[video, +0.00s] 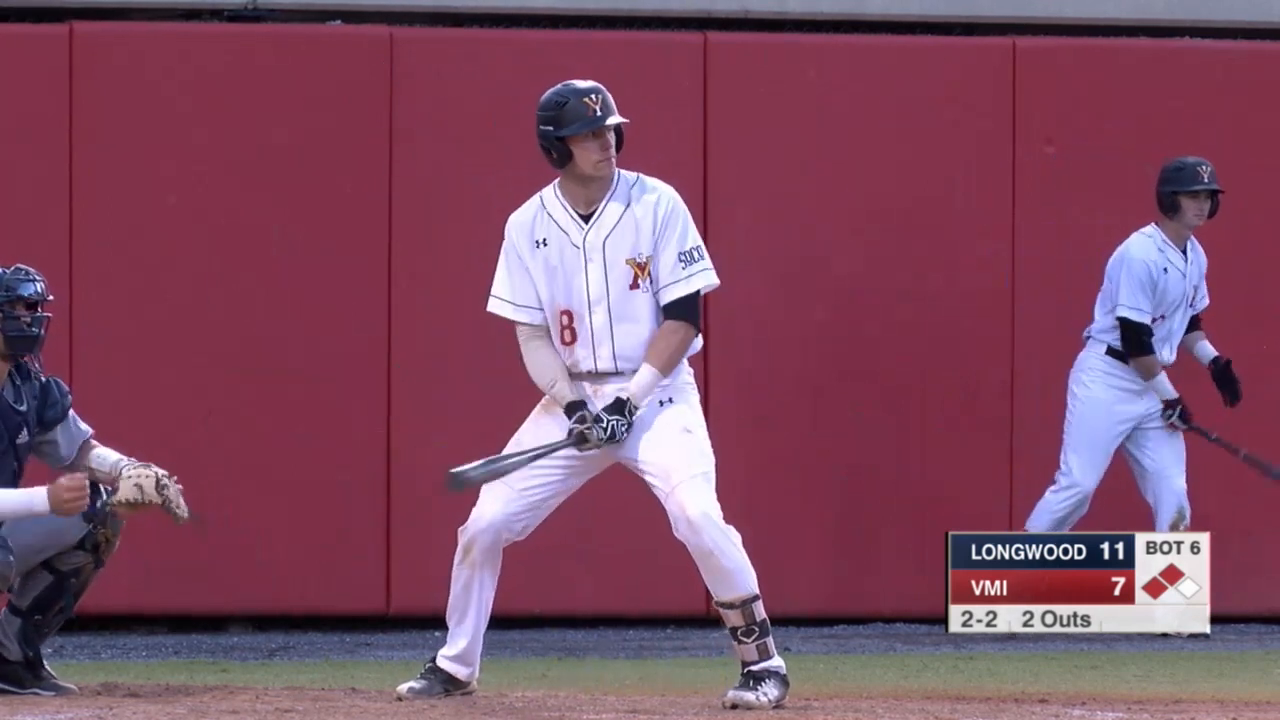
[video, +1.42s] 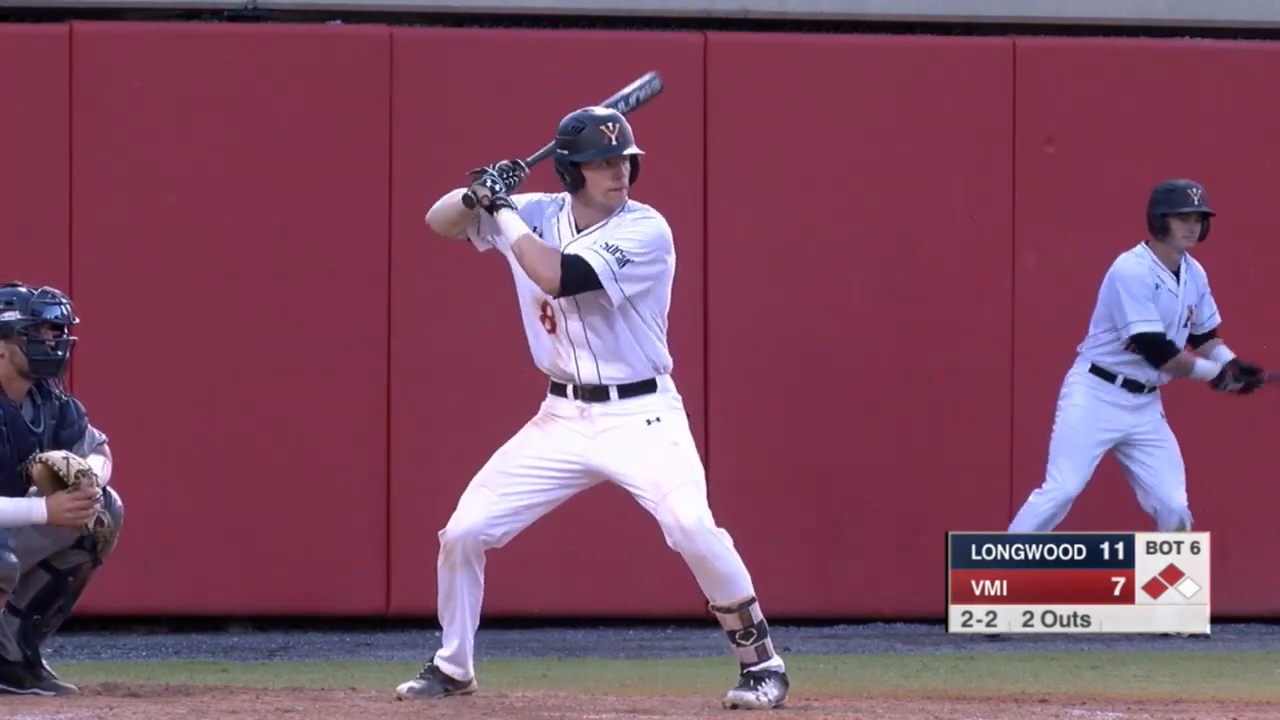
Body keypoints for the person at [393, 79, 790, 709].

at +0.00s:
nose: (605, 144)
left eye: (609, 132)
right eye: (589, 136)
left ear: (617, 133)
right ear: (557, 145)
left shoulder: (658, 204)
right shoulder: (526, 225)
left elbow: (683, 319)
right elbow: (532, 337)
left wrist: (631, 400)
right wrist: (575, 406)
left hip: (658, 397)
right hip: (570, 403)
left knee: (697, 516)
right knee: (483, 526)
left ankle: (762, 666)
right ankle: (454, 666)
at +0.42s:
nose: (603, 150)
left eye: (608, 138)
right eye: (587, 140)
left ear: (615, 140)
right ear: (554, 147)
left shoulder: (643, 213)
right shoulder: (515, 219)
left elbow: (643, 332)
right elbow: (498, 314)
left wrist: (568, 386)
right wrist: (507, 378)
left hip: (637, 403)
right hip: (549, 410)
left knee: (687, 516)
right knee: (467, 526)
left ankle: (762, 666)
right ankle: (453, 666)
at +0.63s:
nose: (592, 151)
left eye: (596, 139)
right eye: (576, 141)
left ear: (604, 140)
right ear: (544, 147)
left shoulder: (628, 214)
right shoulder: (508, 214)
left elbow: (596, 328)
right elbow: (471, 299)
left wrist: (507, 350)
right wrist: (457, 324)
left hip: (632, 401)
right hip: (547, 402)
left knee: (682, 517)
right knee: (462, 524)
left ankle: (760, 665)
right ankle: (453, 666)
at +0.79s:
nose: (591, 155)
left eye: (596, 143)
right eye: (575, 146)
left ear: (605, 143)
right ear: (544, 152)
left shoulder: (626, 216)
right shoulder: (511, 214)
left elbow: (563, 315)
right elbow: (467, 267)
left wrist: (471, 298)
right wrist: (448, 267)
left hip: (634, 404)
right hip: (550, 405)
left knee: (683, 520)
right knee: (461, 527)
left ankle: (761, 665)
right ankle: (453, 667)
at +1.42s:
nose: (621, 174)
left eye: (625, 162)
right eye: (606, 165)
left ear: (631, 163)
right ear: (571, 170)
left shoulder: (647, 230)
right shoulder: (534, 214)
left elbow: (557, 277)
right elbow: (438, 221)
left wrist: (500, 212)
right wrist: (474, 195)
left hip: (643, 417)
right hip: (561, 418)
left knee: (691, 527)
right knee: (463, 531)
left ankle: (761, 664)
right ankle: (452, 668)